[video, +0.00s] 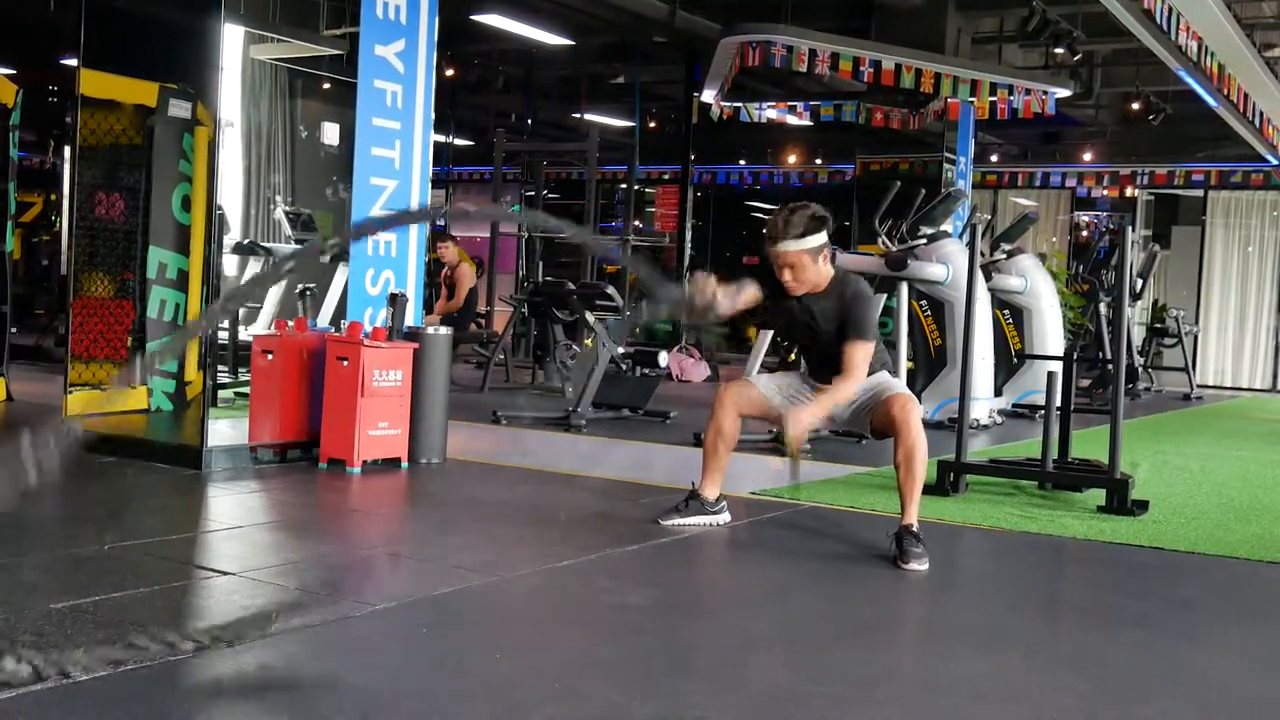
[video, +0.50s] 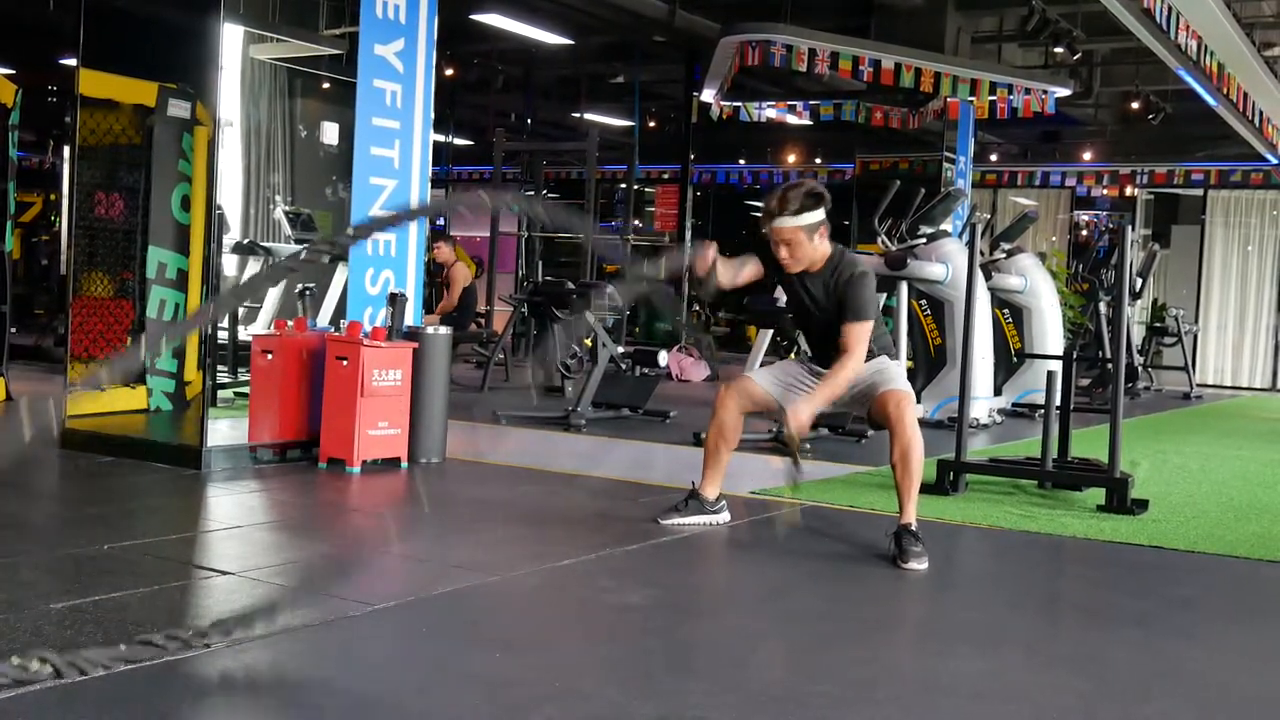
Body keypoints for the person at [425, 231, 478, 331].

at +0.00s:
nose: (441, 252)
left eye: (446, 248)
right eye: (439, 248)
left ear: (455, 248)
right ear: (436, 250)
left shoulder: (464, 268)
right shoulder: (445, 271)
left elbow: (458, 301)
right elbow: (443, 297)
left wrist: (441, 311)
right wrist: (438, 310)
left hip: (462, 320)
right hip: (451, 317)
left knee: (424, 321)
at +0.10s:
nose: (440, 252)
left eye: (444, 249)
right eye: (438, 249)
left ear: (454, 248)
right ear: (435, 251)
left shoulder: (463, 270)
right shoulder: (447, 270)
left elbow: (456, 302)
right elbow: (444, 297)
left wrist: (440, 310)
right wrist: (436, 313)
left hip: (461, 321)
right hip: (451, 317)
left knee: (423, 322)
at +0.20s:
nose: (439, 253)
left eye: (443, 249)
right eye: (437, 250)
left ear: (453, 249)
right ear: (434, 252)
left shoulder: (462, 268)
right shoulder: (445, 271)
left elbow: (455, 302)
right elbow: (443, 298)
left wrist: (439, 312)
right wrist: (436, 314)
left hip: (461, 320)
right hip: (451, 317)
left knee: (423, 322)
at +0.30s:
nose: (437, 252)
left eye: (440, 248)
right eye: (436, 249)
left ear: (452, 249)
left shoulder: (461, 268)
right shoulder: (446, 271)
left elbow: (454, 302)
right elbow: (444, 297)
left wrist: (439, 312)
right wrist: (436, 314)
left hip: (461, 320)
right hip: (452, 317)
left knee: (424, 322)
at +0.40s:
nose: (435, 252)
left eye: (439, 248)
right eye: (435, 249)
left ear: (449, 249)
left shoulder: (460, 269)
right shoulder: (447, 271)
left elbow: (454, 301)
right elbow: (446, 297)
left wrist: (438, 312)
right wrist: (438, 312)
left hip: (461, 321)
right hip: (453, 317)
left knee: (423, 321)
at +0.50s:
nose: (435, 252)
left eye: (438, 248)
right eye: (434, 249)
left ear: (451, 249)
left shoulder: (458, 269)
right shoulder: (447, 271)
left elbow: (452, 302)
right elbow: (446, 298)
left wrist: (437, 315)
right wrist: (436, 315)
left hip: (460, 320)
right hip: (453, 317)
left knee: (419, 321)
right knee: (418, 318)